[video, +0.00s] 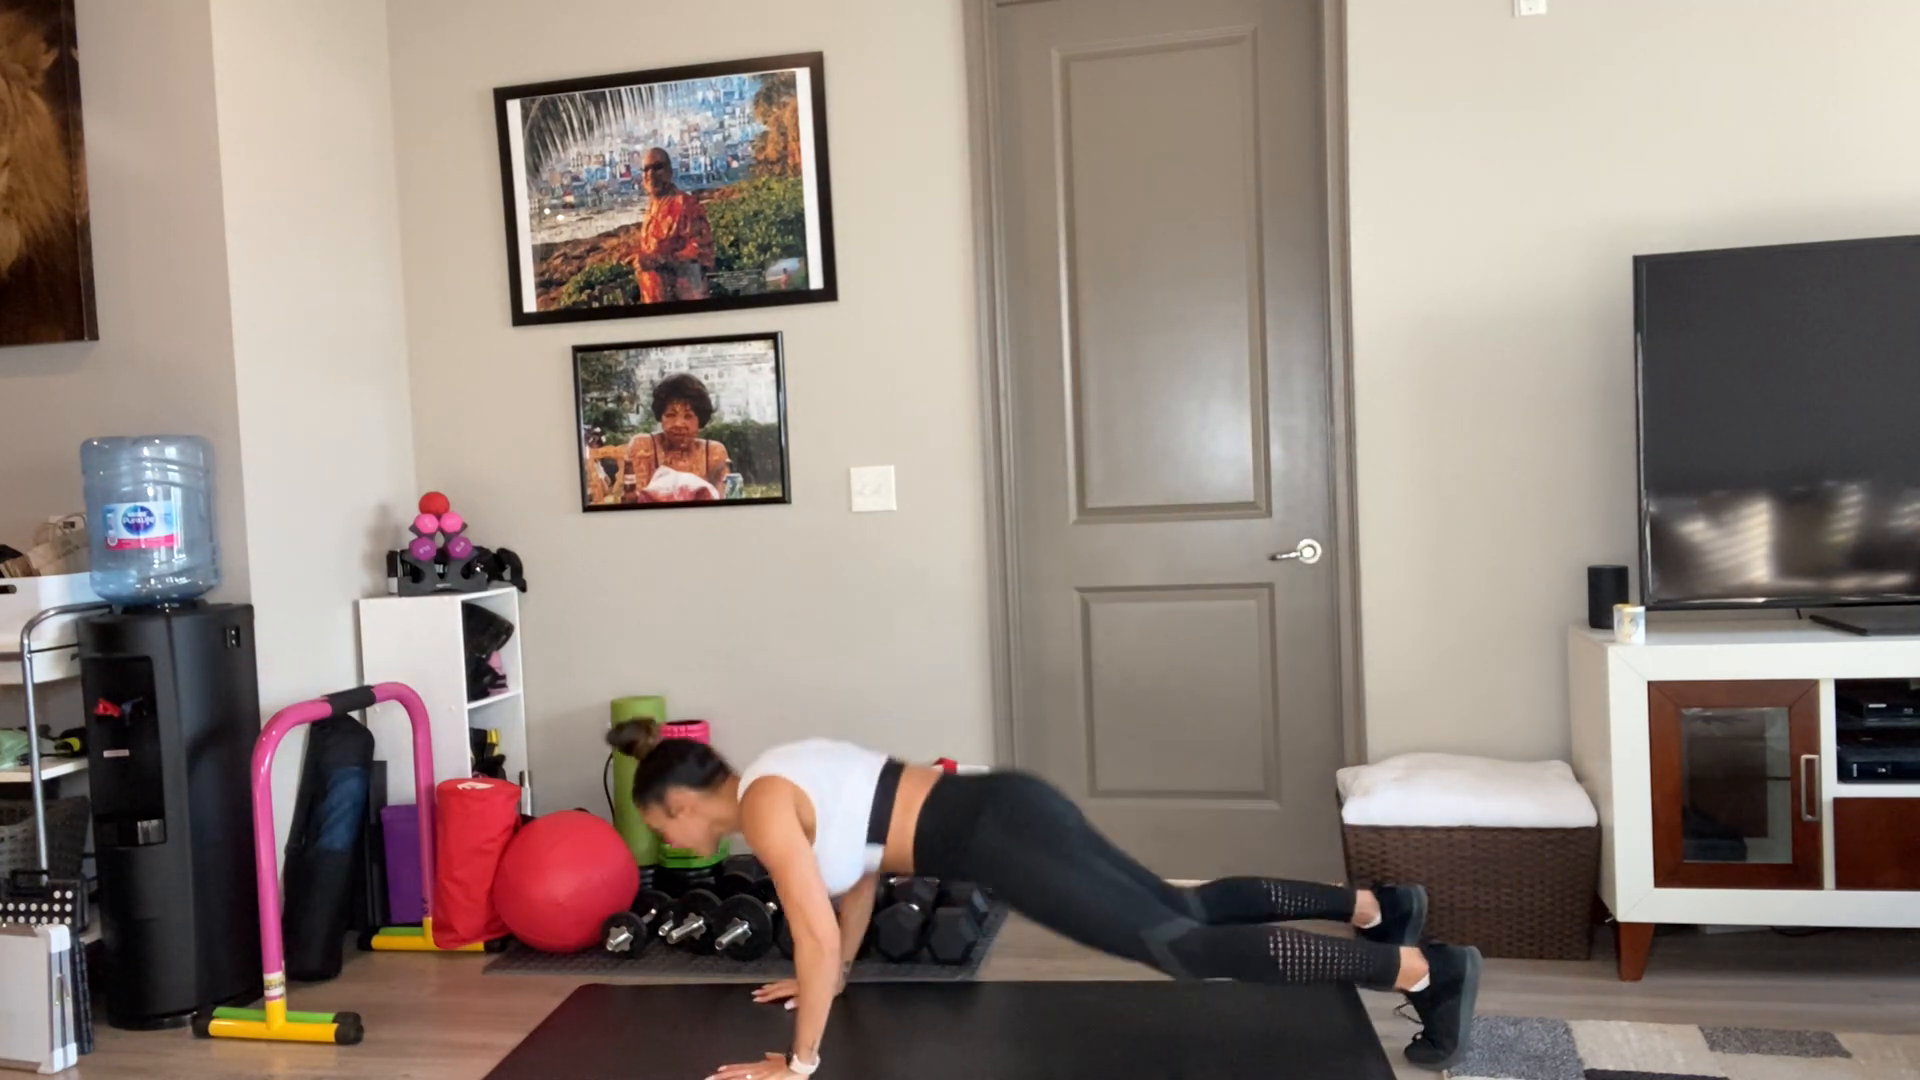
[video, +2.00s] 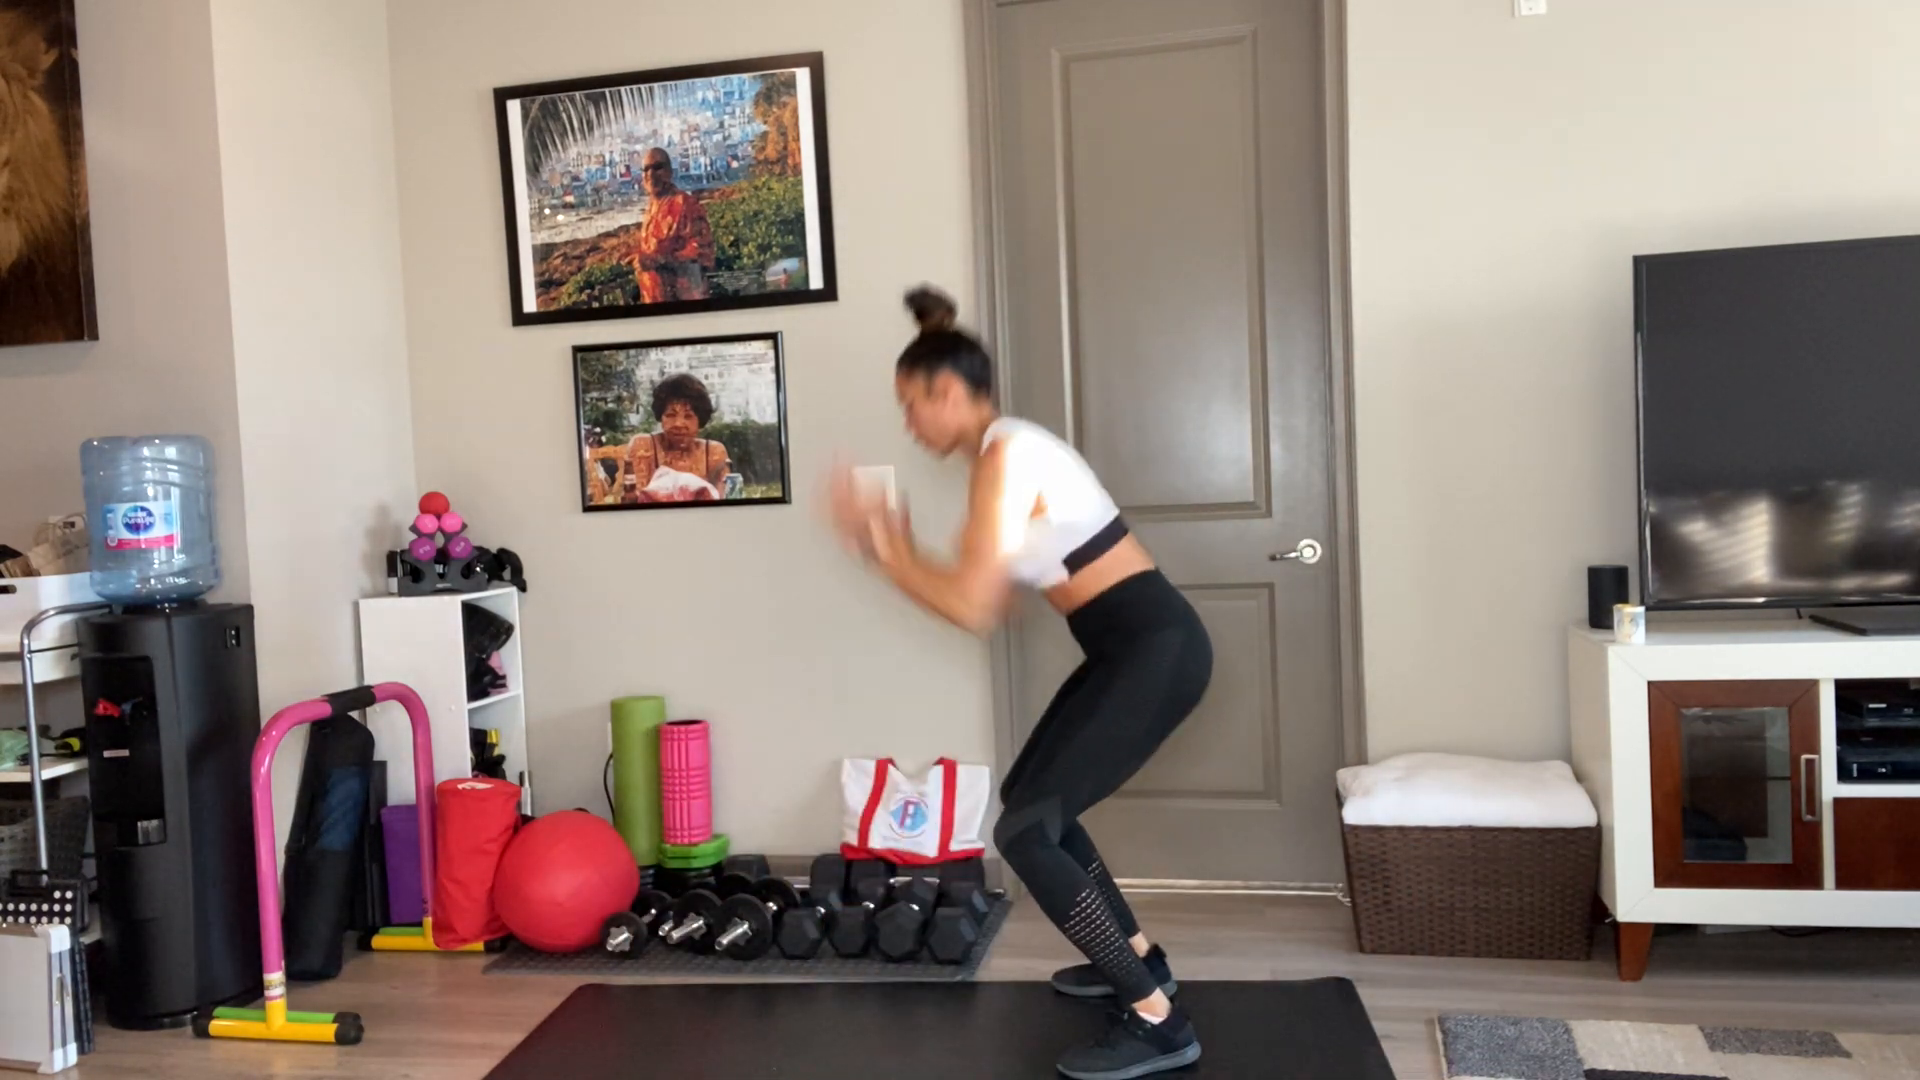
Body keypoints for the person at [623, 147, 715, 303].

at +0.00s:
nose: (650, 174)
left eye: (657, 167)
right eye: (646, 169)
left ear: (670, 172)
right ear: (642, 176)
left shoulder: (686, 204)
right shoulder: (653, 206)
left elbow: (703, 255)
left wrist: (655, 260)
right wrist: (639, 257)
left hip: (683, 297)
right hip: (655, 297)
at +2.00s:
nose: (650, 174)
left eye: (657, 167)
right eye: (646, 169)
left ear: (670, 172)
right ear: (642, 176)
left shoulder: (685, 204)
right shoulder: (653, 206)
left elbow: (703, 254)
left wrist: (656, 260)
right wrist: (637, 256)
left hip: (682, 297)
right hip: (655, 297)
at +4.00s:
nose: (650, 175)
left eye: (657, 167)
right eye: (645, 169)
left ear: (669, 172)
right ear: (642, 176)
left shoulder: (686, 204)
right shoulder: (654, 206)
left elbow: (702, 255)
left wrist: (657, 260)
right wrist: (638, 257)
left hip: (683, 297)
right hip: (655, 297)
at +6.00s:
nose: (650, 174)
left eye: (657, 168)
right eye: (645, 169)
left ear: (669, 172)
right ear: (642, 175)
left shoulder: (685, 204)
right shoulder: (653, 206)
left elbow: (703, 254)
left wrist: (658, 260)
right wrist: (638, 257)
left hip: (682, 297)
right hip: (655, 297)